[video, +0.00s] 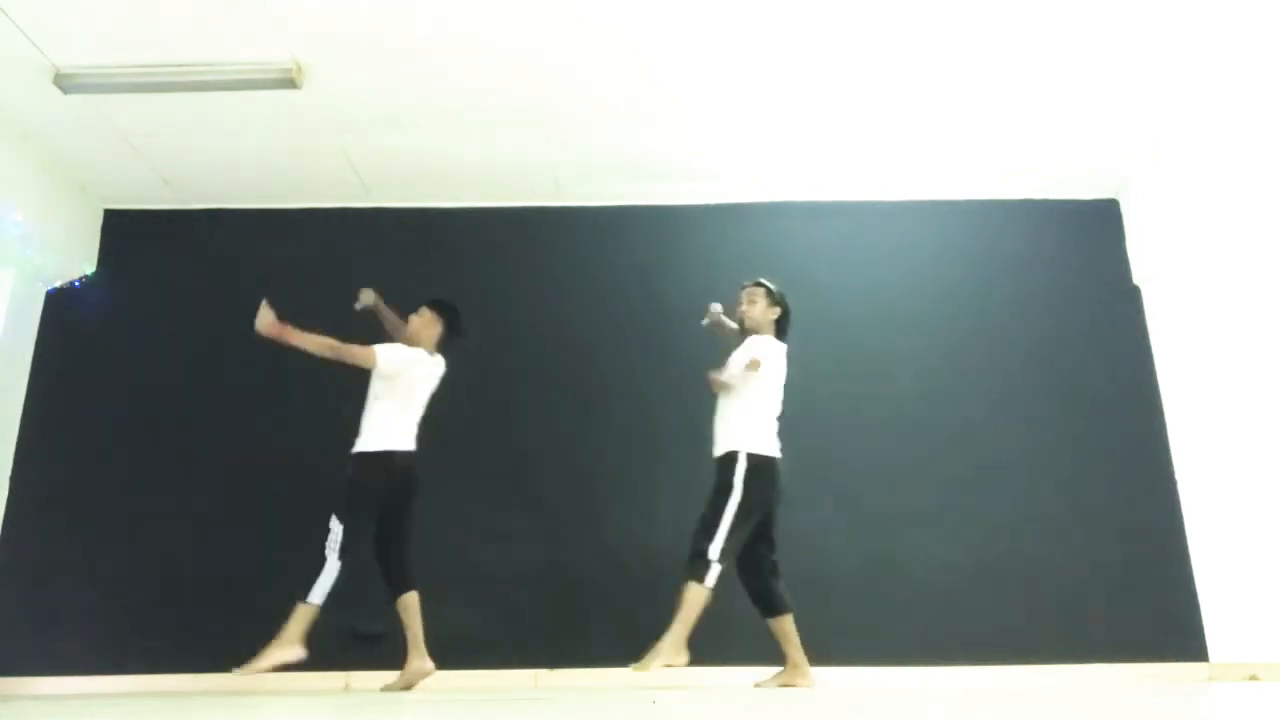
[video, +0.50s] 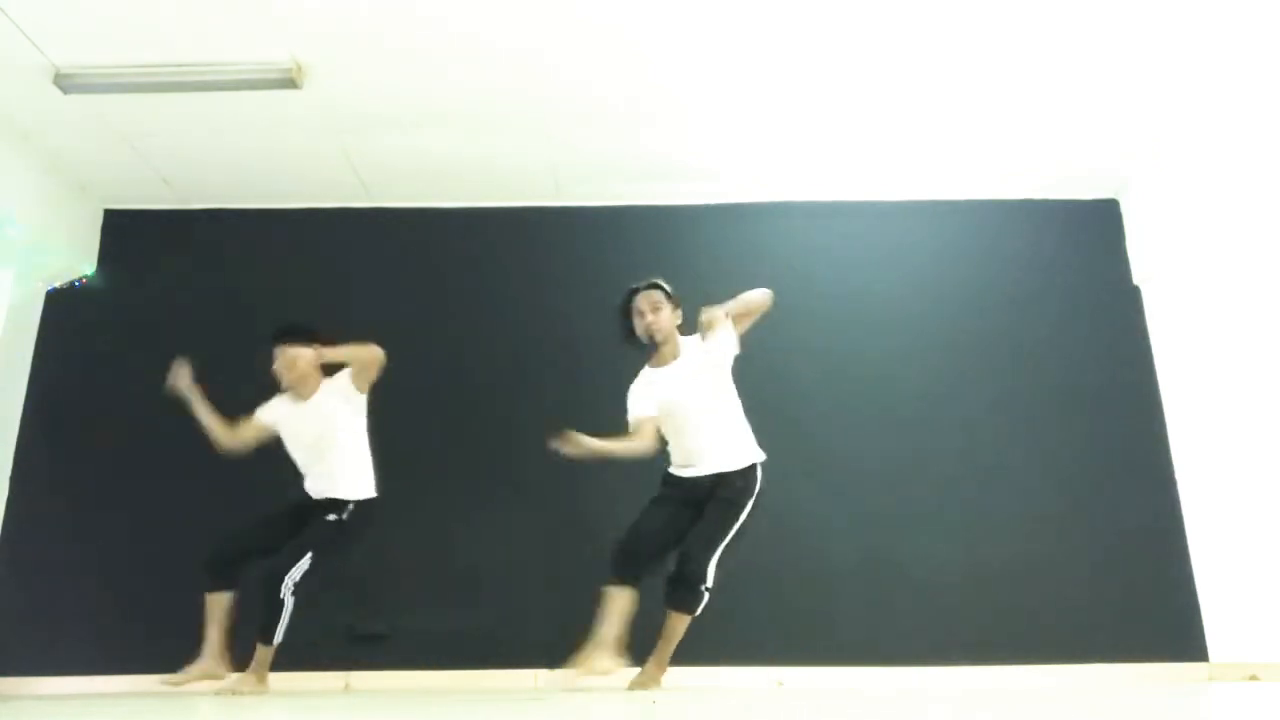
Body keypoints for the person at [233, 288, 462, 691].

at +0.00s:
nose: (412, 320)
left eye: (421, 316)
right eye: (416, 315)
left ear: (438, 330)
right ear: (436, 332)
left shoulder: (395, 356)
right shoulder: (435, 364)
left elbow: (336, 349)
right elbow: (404, 336)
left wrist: (276, 330)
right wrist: (377, 307)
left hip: (371, 463)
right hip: (402, 465)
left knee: (335, 553)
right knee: (395, 558)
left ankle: (290, 641)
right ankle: (418, 657)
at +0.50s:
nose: (280, 368)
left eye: (288, 359)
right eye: (277, 360)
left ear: (312, 360)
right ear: (277, 366)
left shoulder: (347, 388)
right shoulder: (279, 409)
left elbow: (374, 355)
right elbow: (231, 440)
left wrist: (321, 353)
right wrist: (191, 393)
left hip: (351, 507)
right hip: (312, 504)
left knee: (281, 577)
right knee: (225, 556)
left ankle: (257, 676)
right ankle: (213, 659)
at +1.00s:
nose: (314, 341)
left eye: (325, 332)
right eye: (311, 332)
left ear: (349, 336)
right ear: (307, 338)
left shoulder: (376, 387)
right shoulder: (297, 382)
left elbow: (397, 449)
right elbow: (241, 405)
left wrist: (367, 435)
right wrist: (239, 443)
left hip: (365, 504)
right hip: (317, 492)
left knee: (350, 598)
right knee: (281, 568)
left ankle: (296, 657)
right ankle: (309, 670)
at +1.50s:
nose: (491, 318)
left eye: (495, 312)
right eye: (480, 312)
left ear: (503, 322)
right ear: (462, 324)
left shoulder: (525, 370)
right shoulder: (443, 368)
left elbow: (581, 401)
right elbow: (378, 388)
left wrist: (602, 418)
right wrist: (361, 343)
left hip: (519, 491)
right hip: (461, 489)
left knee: (557, 569)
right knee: (406, 570)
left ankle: (563, 672)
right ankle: (359, 669)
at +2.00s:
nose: (490, 305)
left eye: (497, 297)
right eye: (484, 301)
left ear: (519, 298)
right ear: (481, 312)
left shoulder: (546, 321)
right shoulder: (486, 362)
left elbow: (591, 279)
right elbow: (471, 418)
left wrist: (548, 283)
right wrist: (457, 472)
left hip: (576, 446)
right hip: (537, 457)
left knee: (576, 552)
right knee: (547, 567)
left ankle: (608, 659)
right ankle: (600, 657)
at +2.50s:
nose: (459, 318)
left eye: (468, 311)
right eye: (460, 311)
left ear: (491, 317)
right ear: (467, 318)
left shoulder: (488, 357)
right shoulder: (455, 367)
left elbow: (430, 378)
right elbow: (399, 411)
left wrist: (379, 343)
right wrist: (347, 387)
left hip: (447, 476)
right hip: (415, 474)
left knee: (443, 580)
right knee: (342, 556)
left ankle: (536, 623)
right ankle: (327, 669)